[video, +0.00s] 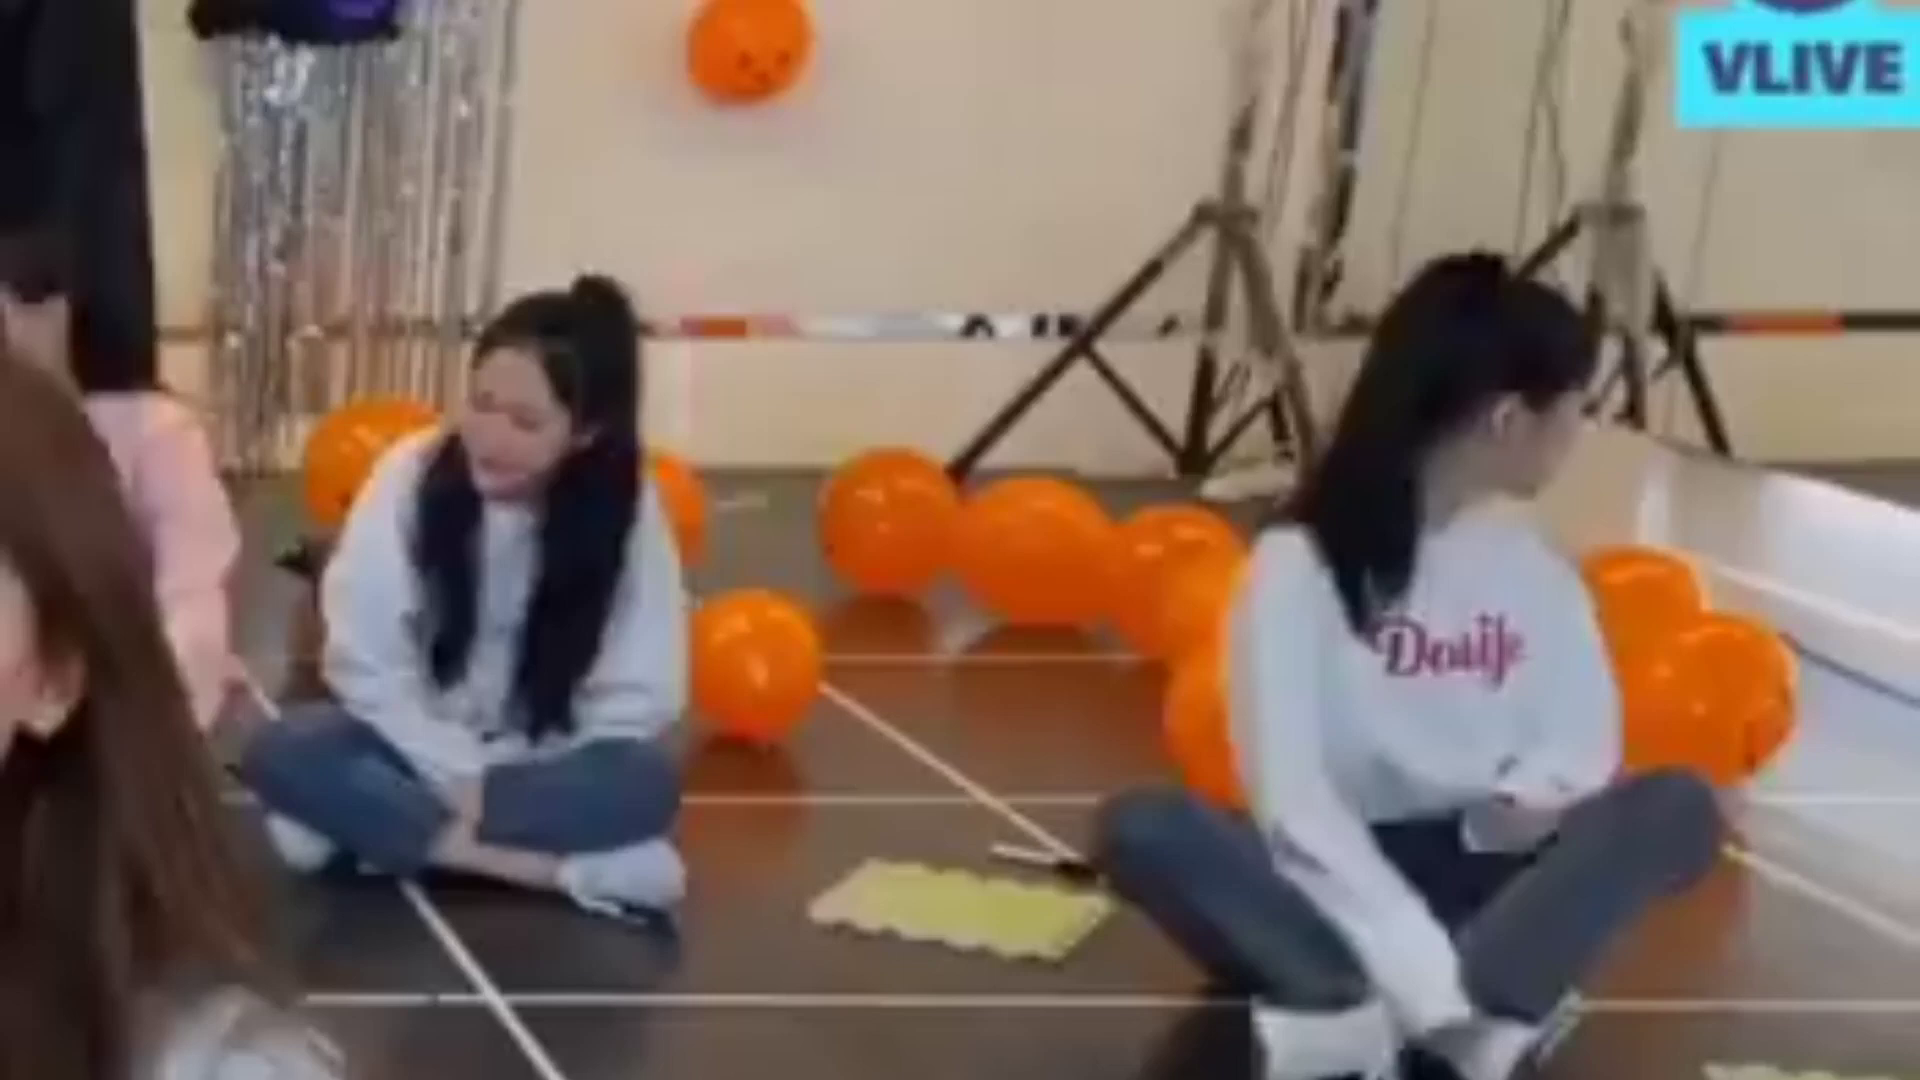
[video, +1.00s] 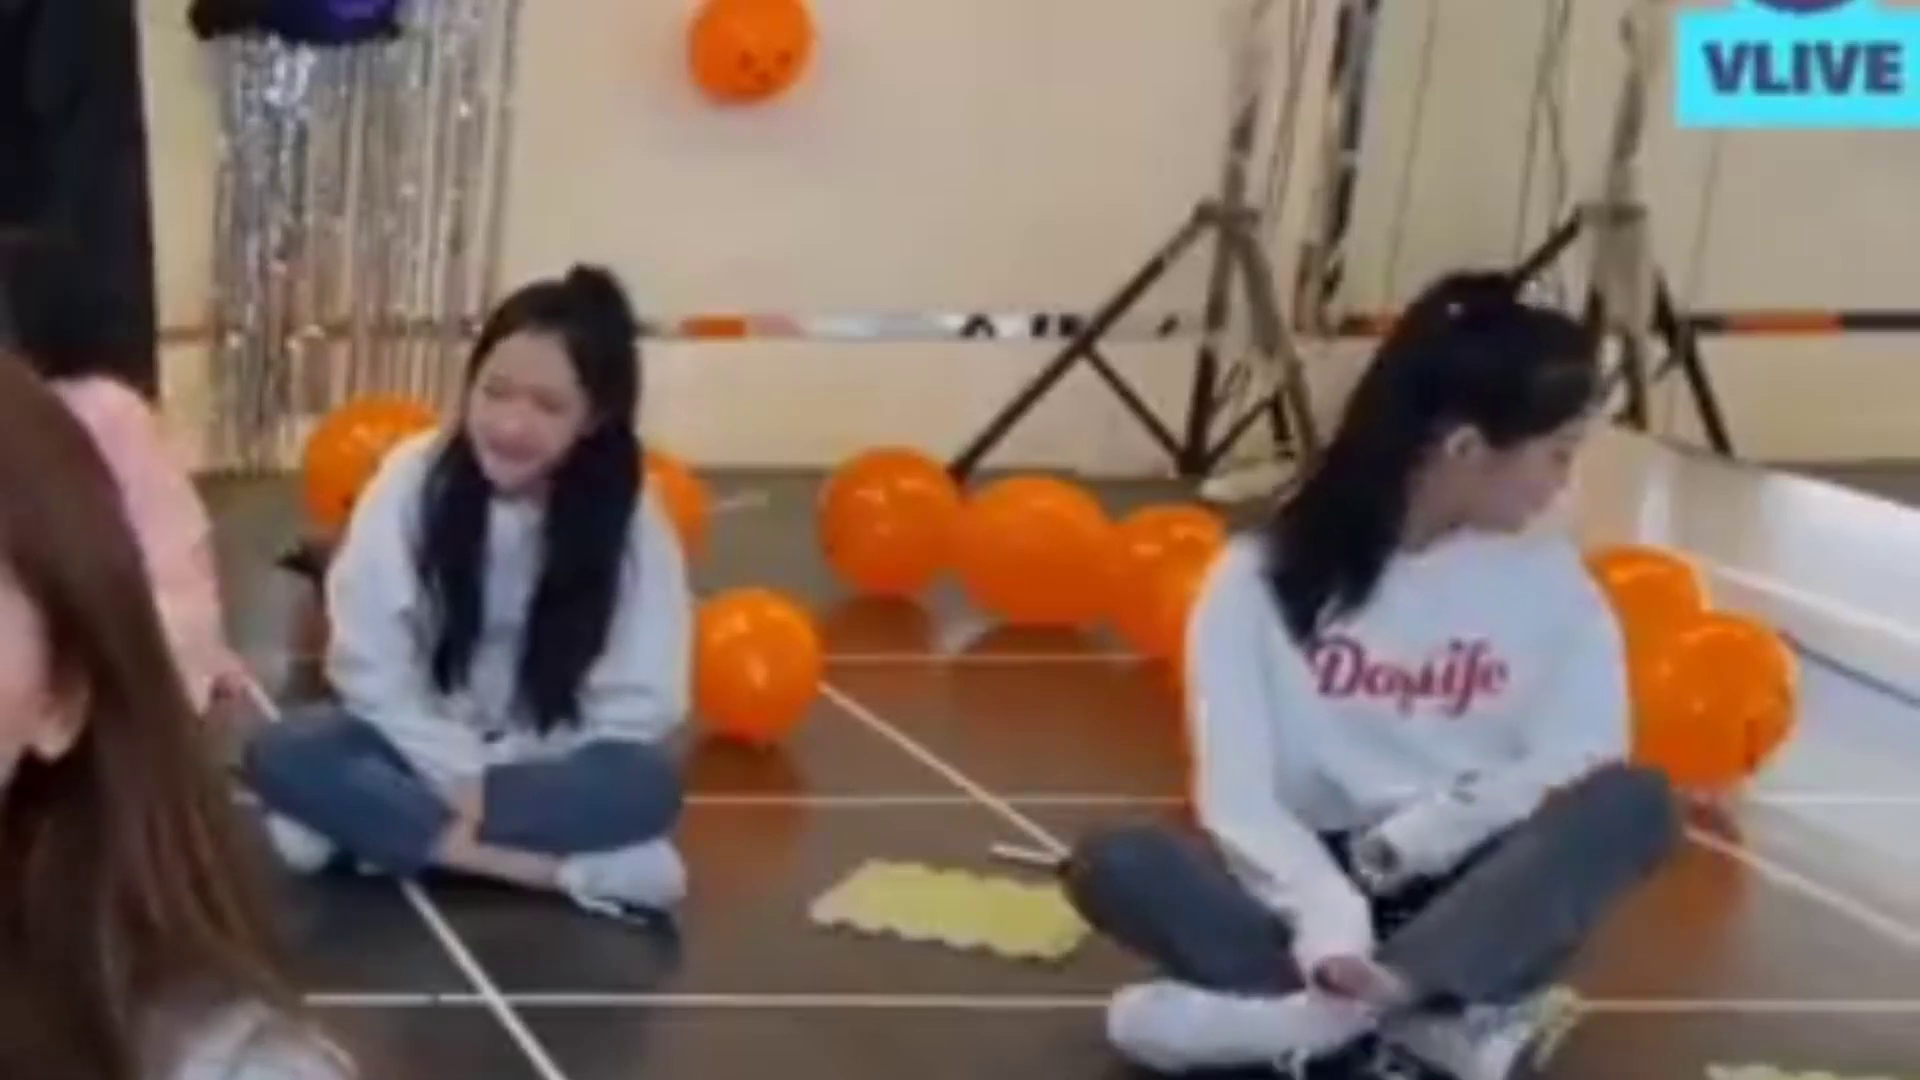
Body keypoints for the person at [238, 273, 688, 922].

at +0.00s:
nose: (490, 437)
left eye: (525, 422)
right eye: (482, 406)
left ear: (584, 433)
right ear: (463, 395)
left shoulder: (626, 506)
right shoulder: (408, 477)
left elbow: (645, 694)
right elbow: (357, 658)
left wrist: (505, 776)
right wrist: (454, 772)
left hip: (550, 748)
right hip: (418, 734)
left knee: (646, 783)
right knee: (280, 751)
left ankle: (374, 841)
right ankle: (547, 874)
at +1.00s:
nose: (512, 425)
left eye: (547, 406)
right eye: (496, 393)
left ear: (596, 418)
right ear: (468, 389)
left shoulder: (629, 517)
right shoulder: (414, 476)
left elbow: (645, 702)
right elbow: (362, 659)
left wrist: (503, 771)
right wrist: (453, 772)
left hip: (554, 749)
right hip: (419, 734)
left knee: (642, 787)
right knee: (282, 752)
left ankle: (370, 842)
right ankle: (547, 875)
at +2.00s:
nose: (451, 442)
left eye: (470, 426)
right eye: (444, 419)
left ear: (541, 414)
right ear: (436, 396)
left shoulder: (633, 497)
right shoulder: (409, 476)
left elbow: (650, 693)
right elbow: (356, 604)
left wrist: (503, 751)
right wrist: (430, 700)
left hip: (558, 731)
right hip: (423, 720)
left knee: (642, 785)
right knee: (280, 751)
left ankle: (371, 836)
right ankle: (549, 874)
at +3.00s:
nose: (390, 405)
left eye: (401, 385)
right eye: (388, 383)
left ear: (453, 379)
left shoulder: (601, 473)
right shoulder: (402, 463)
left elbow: (629, 664)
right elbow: (346, 596)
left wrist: (479, 770)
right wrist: (309, 693)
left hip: (551, 722)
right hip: (425, 711)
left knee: (647, 777)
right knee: (275, 753)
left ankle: (371, 834)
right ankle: (552, 875)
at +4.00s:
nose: (531, 407)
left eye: (570, 390)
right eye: (522, 375)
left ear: (627, 406)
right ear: (503, 369)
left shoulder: (636, 521)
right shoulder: (438, 468)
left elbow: (655, 713)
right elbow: (301, 632)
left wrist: (556, 640)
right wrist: (346, 608)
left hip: (549, 738)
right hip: (421, 719)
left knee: (648, 792)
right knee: (283, 754)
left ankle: (369, 833)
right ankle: (555, 876)